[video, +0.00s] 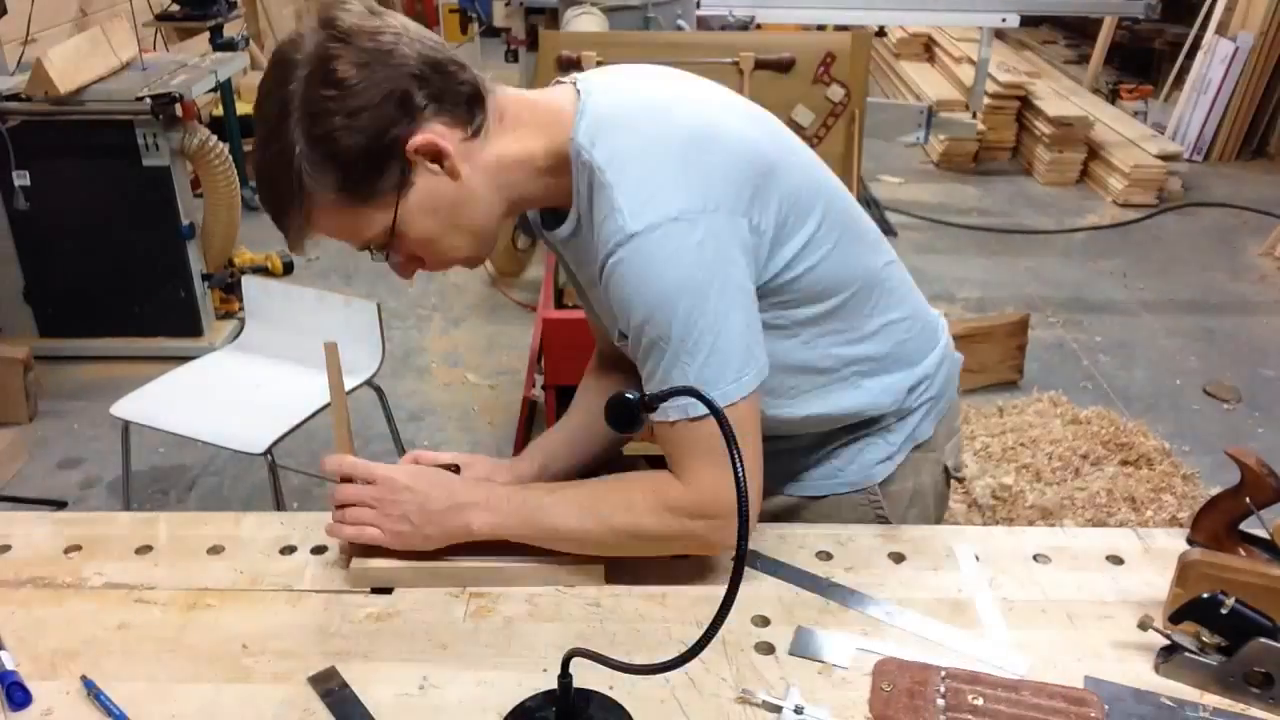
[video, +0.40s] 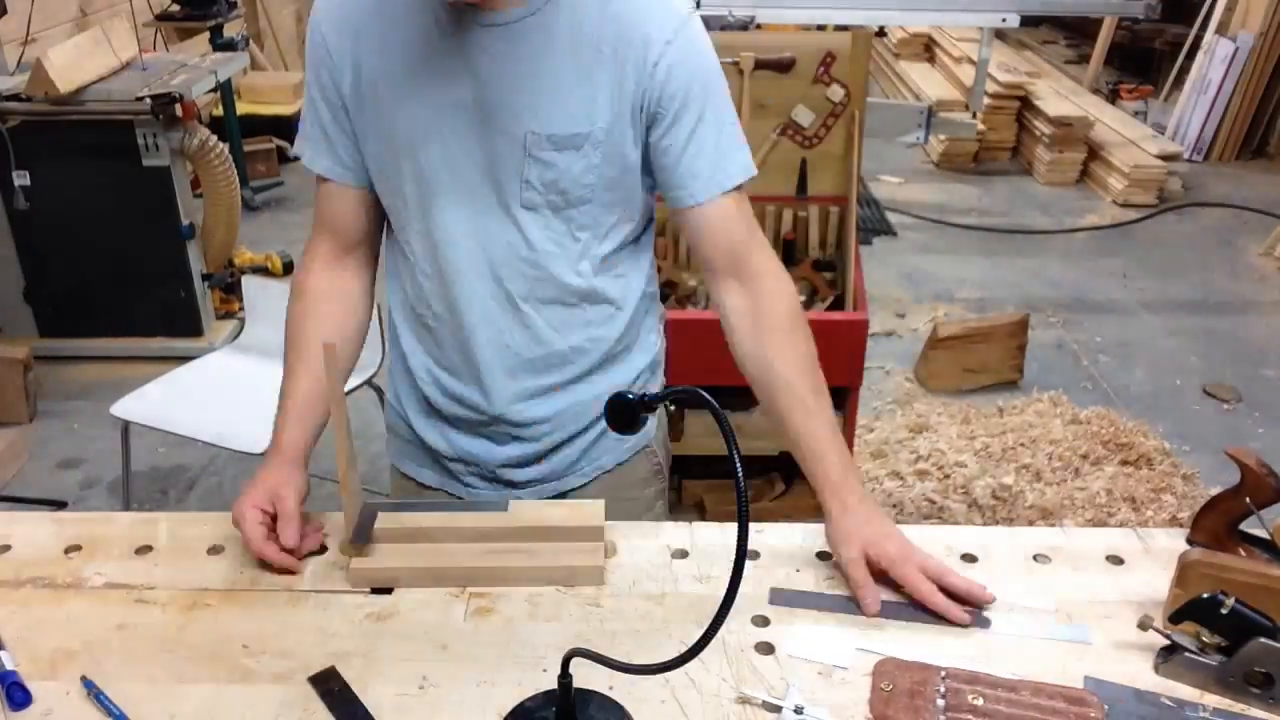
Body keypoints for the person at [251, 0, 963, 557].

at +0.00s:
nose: (405, 272)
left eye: (387, 240)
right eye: (379, 254)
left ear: (437, 156)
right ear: (443, 145)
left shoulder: (660, 218)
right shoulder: (554, 159)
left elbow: (716, 512)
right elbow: (628, 358)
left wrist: (474, 512)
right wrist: (521, 471)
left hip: (869, 440)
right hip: (754, 416)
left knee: (815, 684)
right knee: (712, 666)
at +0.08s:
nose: (465, 336)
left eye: (473, 313)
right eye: (444, 328)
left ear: (516, 218)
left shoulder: (668, 240)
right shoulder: (517, 177)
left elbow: (709, 535)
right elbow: (525, 357)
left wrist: (461, 520)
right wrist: (464, 431)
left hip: (851, 404)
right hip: (722, 395)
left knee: (802, 667)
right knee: (676, 645)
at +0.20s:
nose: (448, 164)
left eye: (459, 130)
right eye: (425, 144)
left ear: (521, 25)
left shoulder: (663, 150)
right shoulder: (535, 65)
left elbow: (712, 449)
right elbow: (553, 212)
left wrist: (469, 507)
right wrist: (467, 302)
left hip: (781, 399)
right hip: (658, 376)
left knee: (759, 653)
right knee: (644, 623)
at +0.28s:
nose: (609, 40)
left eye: (639, 10)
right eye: (577, 8)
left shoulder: (865, 60)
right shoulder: (490, 110)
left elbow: (920, 256)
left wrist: (806, 416)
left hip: (775, 518)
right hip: (582, 515)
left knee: (765, 705)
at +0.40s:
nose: (483, 3)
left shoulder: (645, 28)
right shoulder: (349, 25)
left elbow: (742, 272)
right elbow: (338, 250)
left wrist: (848, 502)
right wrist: (286, 455)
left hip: (602, 462)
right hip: (422, 460)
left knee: (603, 692)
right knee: (425, 686)